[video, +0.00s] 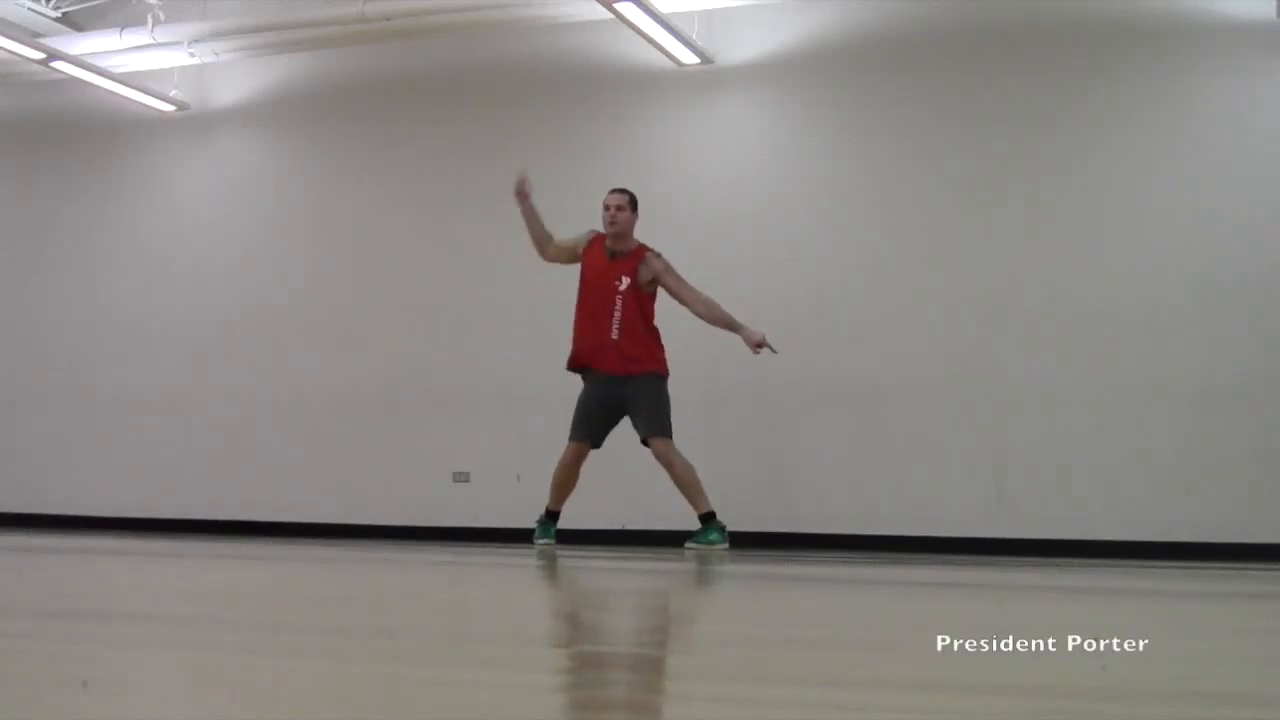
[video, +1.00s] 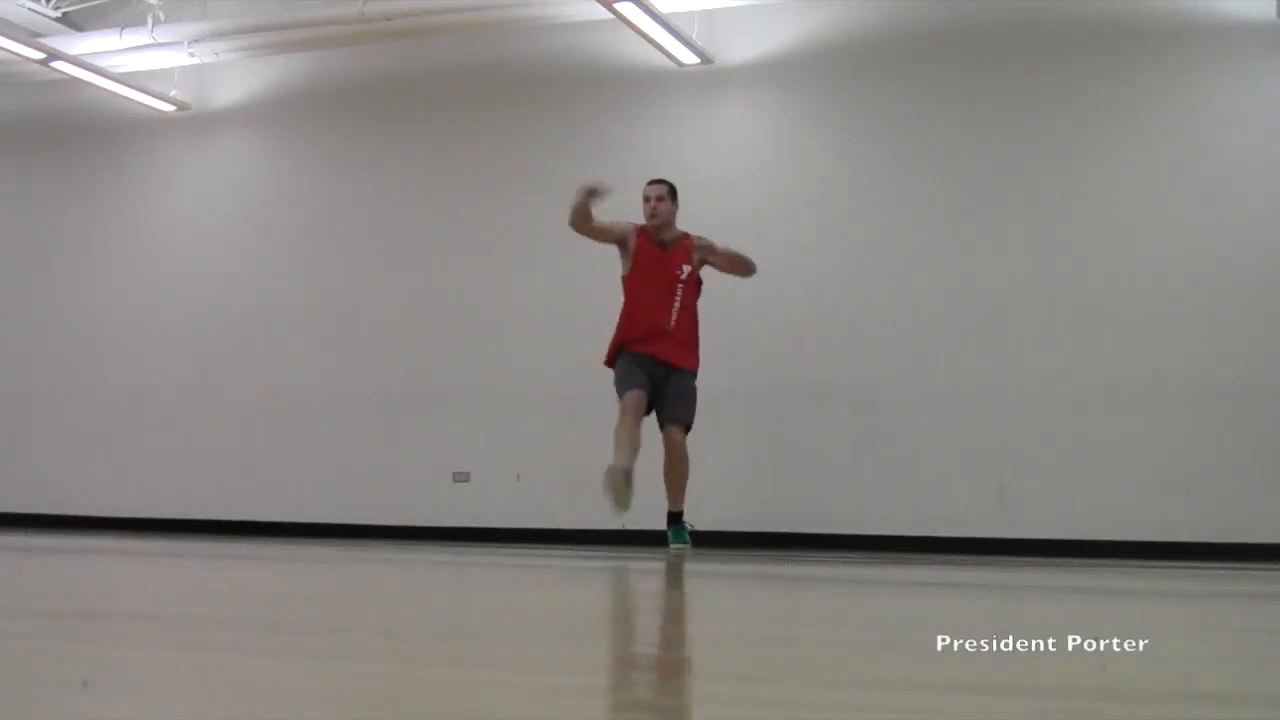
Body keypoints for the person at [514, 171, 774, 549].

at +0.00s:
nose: (610, 214)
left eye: (619, 209)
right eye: (606, 208)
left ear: (635, 217)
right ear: (601, 214)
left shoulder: (649, 262)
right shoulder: (589, 246)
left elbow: (696, 301)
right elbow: (549, 250)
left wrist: (743, 330)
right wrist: (526, 205)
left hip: (643, 373)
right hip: (600, 373)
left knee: (661, 448)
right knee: (575, 450)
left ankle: (710, 524)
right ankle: (548, 520)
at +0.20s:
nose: (612, 214)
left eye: (620, 210)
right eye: (608, 209)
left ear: (634, 217)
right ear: (602, 215)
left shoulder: (650, 262)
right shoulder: (589, 240)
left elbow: (686, 303)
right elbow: (545, 214)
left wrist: (699, 337)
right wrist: (515, 174)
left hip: (643, 373)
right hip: (600, 373)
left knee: (662, 448)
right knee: (574, 450)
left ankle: (711, 525)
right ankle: (548, 522)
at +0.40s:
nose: (619, 215)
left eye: (627, 210)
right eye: (614, 210)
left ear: (640, 219)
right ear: (607, 217)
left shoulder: (654, 264)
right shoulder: (596, 247)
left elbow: (702, 297)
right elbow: (569, 269)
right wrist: (560, 248)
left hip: (637, 378)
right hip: (594, 378)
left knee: (659, 452)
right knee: (569, 452)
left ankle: (712, 526)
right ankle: (547, 522)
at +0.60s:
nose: (621, 214)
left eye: (629, 209)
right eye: (617, 208)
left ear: (644, 218)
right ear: (610, 214)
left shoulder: (657, 265)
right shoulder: (594, 244)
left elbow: (707, 298)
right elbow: (541, 234)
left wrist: (759, 324)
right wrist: (499, 204)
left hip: (639, 377)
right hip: (596, 376)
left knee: (655, 447)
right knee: (574, 452)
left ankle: (711, 523)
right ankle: (547, 519)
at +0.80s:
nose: (635, 208)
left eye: (643, 202)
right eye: (630, 202)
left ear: (658, 210)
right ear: (625, 209)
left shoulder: (677, 258)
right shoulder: (611, 238)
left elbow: (725, 296)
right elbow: (561, 213)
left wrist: (772, 324)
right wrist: (540, 239)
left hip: (657, 367)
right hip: (610, 366)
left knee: (675, 436)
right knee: (593, 449)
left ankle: (679, 522)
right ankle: (564, 514)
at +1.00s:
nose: (652, 206)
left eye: (660, 200)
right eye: (647, 200)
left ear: (675, 206)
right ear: (642, 207)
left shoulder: (694, 246)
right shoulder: (630, 236)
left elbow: (747, 269)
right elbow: (582, 225)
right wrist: (582, 199)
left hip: (678, 356)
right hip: (635, 350)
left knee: (675, 436)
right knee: (632, 403)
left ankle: (676, 521)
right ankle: (621, 485)